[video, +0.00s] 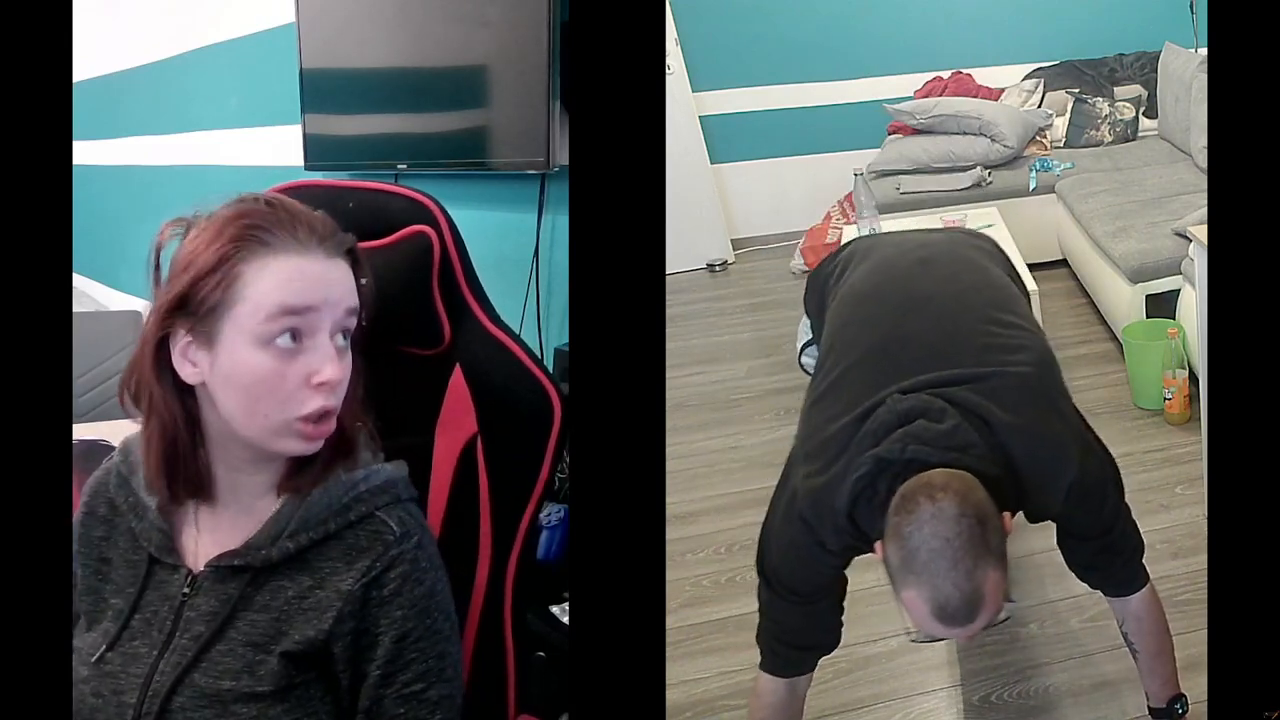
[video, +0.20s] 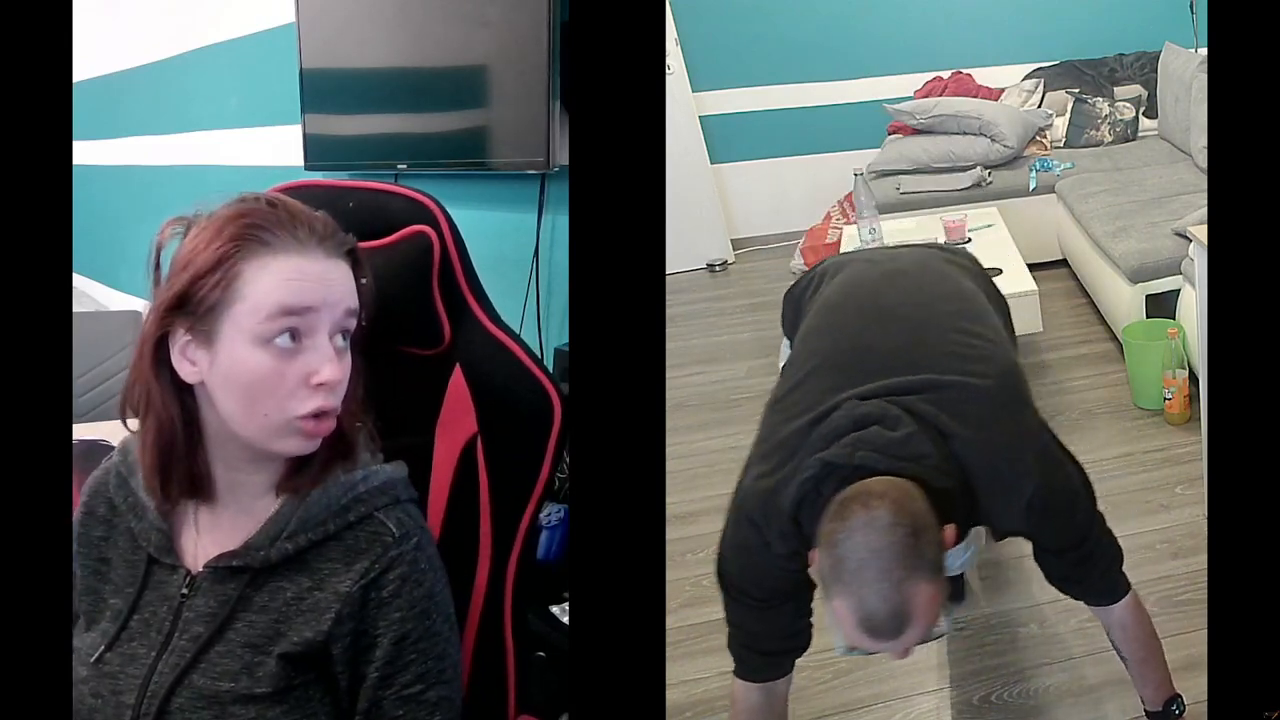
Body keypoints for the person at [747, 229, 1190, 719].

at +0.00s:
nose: (968, 643)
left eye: (986, 625)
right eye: (938, 639)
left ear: (1005, 526)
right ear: (881, 556)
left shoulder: (1064, 465)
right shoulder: (807, 522)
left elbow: (1131, 593)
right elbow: (782, 680)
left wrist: (1169, 707)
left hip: (978, 252)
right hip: (851, 266)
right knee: (829, 356)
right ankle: (816, 336)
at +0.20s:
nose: (904, 659)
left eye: (919, 640)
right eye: (873, 652)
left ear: (946, 542)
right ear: (816, 569)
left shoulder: (1023, 473)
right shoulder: (761, 526)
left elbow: (1113, 597)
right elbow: (759, 686)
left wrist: (1165, 709)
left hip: (953, 269)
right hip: (827, 282)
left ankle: (958, 547)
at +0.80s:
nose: (947, 644)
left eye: (968, 628)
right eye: (924, 632)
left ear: (1004, 532)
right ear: (875, 542)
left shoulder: (1070, 467)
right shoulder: (816, 515)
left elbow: (1125, 603)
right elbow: (775, 674)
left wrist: (1158, 712)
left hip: (1005, 285)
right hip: (887, 293)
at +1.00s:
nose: (996, 598)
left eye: (1018, 579)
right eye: (973, 582)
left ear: (1053, 490)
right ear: (927, 493)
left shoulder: (1109, 451)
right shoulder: (864, 458)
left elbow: (1136, 598)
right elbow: (772, 613)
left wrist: (1159, 712)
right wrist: (742, 717)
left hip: (1043, 287)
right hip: (925, 286)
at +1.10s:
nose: (1008, 579)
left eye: (1031, 557)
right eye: (983, 561)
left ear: (1066, 464)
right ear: (938, 472)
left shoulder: (1117, 441)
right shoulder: (870, 431)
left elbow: (1136, 594)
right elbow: (791, 552)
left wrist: (1160, 709)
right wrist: (761, 697)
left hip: (1051, 291)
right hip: (934, 289)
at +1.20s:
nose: (1009, 558)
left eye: (1031, 538)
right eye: (985, 541)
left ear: (1067, 464)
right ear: (940, 456)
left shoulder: (1118, 438)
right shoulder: (870, 414)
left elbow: (1136, 594)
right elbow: (838, 509)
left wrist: (1158, 710)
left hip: (1057, 291)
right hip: (941, 288)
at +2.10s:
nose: (1045, 556)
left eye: (1073, 542)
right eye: (1022, 537)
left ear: (1109, 469)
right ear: (980, 455)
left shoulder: (1142, 430)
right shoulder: (900, 409)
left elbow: (1152, 598)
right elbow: (796, 523)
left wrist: (1161, 708)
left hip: (1067, 293)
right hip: (952, 299)